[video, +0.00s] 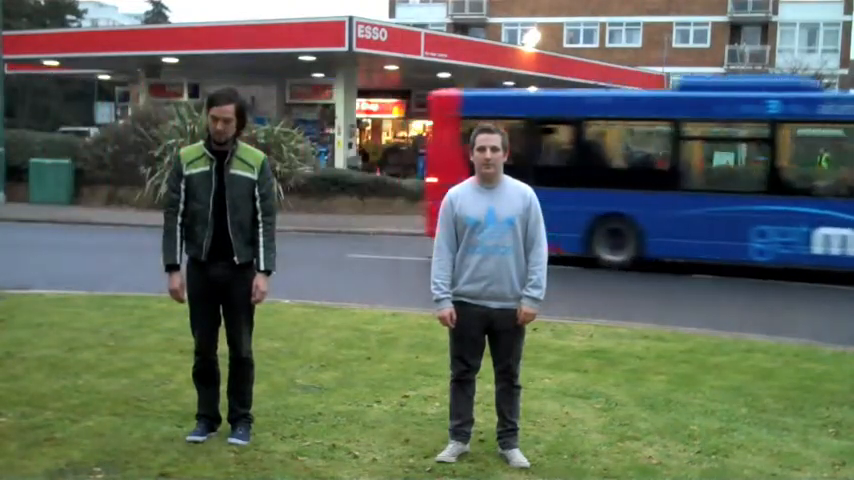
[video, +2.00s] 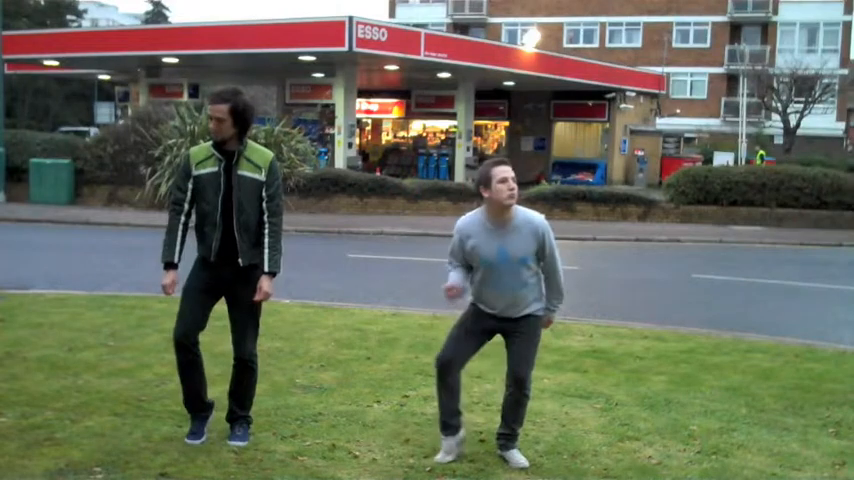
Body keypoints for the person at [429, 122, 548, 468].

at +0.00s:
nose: (487, 155)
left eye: (494, 150)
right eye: (481, 149)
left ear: (505, 155)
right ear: (472, 154)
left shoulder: (524, 196)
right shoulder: (455, 197)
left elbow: (538, 250)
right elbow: (442, 251)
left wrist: (532, 297)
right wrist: (442, 298)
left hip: (510, 305)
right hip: (466, 304)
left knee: (509, 378)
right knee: (462, 376)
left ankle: (509, 444)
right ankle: (458, 440)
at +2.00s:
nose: (512, 186)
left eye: (514, 181)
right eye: (503, 182)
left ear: (518, 186)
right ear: (485, 192)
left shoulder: (536, 225)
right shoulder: (466, 227)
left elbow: (553, 269)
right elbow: (458, 264)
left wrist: (552, 307)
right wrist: (456, 282)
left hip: (526, 316)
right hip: (483, 312)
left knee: (520, 380)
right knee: (446, 363)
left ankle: (507, 445)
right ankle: (451, 436)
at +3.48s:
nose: (502, 162)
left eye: (511, 157)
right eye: (499, 156)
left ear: (530, 164)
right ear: (495, 163)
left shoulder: (553, 202)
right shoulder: (489, 203)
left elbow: (573, 242)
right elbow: (475, 249)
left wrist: (566, 261)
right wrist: (455, 254)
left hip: (529, 312)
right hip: (486, 305)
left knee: (524, 382)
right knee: (456, 362)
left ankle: (508, 444)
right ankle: (460, 437)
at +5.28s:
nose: (516, 171)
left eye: (523, 166)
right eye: (510, 165)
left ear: (533, 174)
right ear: (499, 172)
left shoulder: (549, 213)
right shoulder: (486, 201)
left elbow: (567, 256)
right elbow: (473, 238)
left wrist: (559, 269)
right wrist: (455, 243)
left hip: (527, 309)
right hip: (489, 297)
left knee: (518, 380)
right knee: (446, 338)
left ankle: (506, 444)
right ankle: (457, 410)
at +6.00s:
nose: (502, 172)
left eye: (510, 167)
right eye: (498, 166)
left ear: (526, 173)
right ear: (493, 171)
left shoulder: (547, 210)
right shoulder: (483, 203)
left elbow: (571, 254)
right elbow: (466, 237)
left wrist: (579, 236)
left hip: (527, 310)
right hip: (486, 302)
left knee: (515, 381)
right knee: (454, 355)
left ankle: (507, 445)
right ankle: (452, 434)